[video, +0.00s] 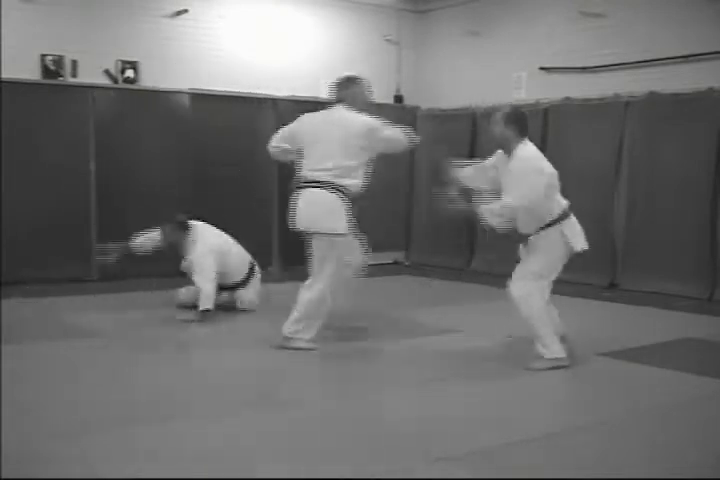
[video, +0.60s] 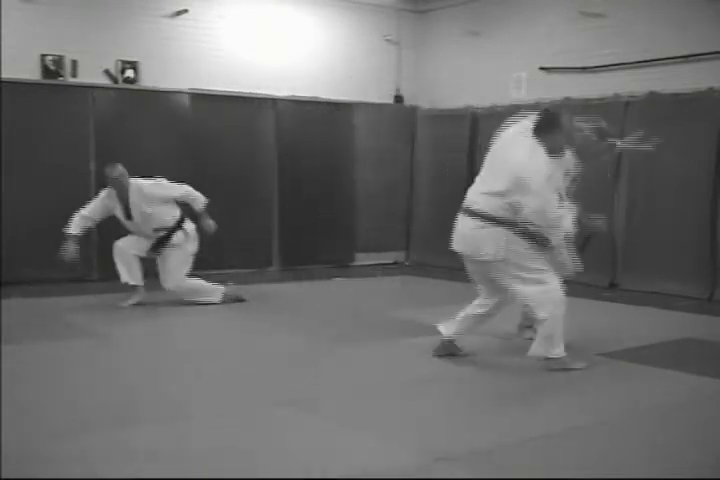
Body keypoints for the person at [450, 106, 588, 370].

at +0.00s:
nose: (491, 130)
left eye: (496, 125)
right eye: (492, 125)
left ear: (511, 129)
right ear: (509, 130)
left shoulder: (528, 161)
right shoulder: (507, 157)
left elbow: (514, 205)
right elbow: (484, 174)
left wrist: (473, 209)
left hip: (555, 235)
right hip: (539, 235)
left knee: (522, 287)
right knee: (532, 289)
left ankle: (553, 353)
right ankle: (556, 335)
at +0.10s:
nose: (498, 123)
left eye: (504, 118)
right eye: (499, 118)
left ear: (518, 125)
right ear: (527, 126)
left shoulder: (521, 157)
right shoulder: (541, 146)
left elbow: (475, 167)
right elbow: (503, 154)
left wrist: (441, 143)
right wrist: (487, 136)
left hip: (544, 234)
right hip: (561, 228)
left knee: (501, 287)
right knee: (534, 289)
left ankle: (534, 344)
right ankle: (555, 333)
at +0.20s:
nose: (501, 116)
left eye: (504, 112)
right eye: (503, 111)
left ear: (516, 115)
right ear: (532, 115)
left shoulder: (500, 143)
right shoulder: (549, 133)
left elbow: (459, 131)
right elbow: (557, 119)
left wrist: (432, 109)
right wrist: (538, 106)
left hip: (530, 226)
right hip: (563, 220)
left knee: (498, 285)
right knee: (550, 280)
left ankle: (512, 343)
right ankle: (554, 324)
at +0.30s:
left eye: (515, 99)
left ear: (513, 101)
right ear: (541, 104)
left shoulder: (496, 125)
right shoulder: (555, 127)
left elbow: (459, 115)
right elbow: (594, 122)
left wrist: (448, 102)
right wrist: (565, 114)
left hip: (511, 217)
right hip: (549, 215)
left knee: (507, 286)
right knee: (565, 270)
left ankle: (509, 350)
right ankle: (580, 316)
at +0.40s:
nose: (547, 105)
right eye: (547, 101)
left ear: (519, 97)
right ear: (546, 103)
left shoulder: (494, 118)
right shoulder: (554, 130)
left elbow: (470, 105)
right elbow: (595, 153)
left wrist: (474, 97)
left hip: (495, 212)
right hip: (533, 212)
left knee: (504, 285)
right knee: (569, 270)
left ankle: (511, 347)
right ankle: (575, 328)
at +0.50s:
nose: (558, 123)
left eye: (558, 118)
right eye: (557, 118)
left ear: (532, 106)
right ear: (550, 116)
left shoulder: (499, 116)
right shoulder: (548, 146)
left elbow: (503, 103)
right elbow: (560, 190)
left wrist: (525, 99)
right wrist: (587, 198)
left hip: (475, 216)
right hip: (511, 221)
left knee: (499, 281)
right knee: (559, 281)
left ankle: (467, 330)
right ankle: (553, 347)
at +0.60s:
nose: (564, 145)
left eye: (566, 138)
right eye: (563, 138)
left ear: (539, 127)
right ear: (551, 134)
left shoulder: (513, 136)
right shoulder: (535, 162)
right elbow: (544, 214)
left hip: (467, 230)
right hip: (496, 235)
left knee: (494, 294)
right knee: (547, 287)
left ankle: (449, 339)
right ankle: (552, 353)